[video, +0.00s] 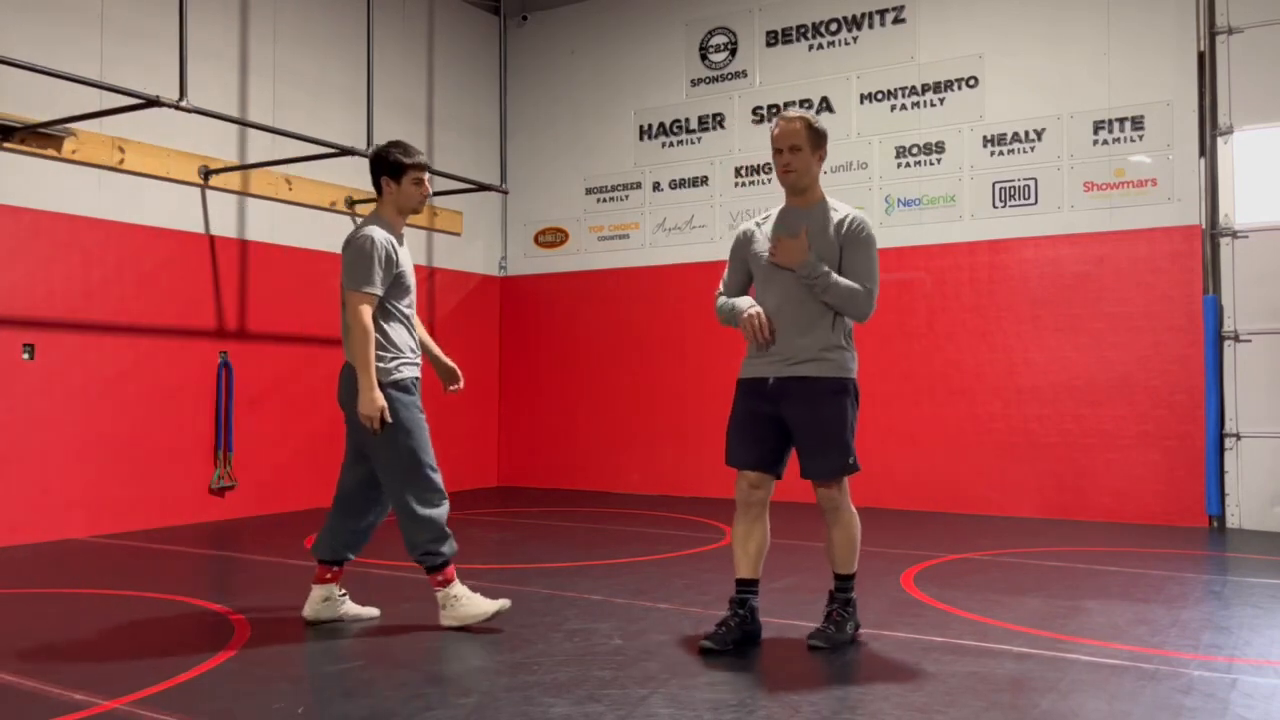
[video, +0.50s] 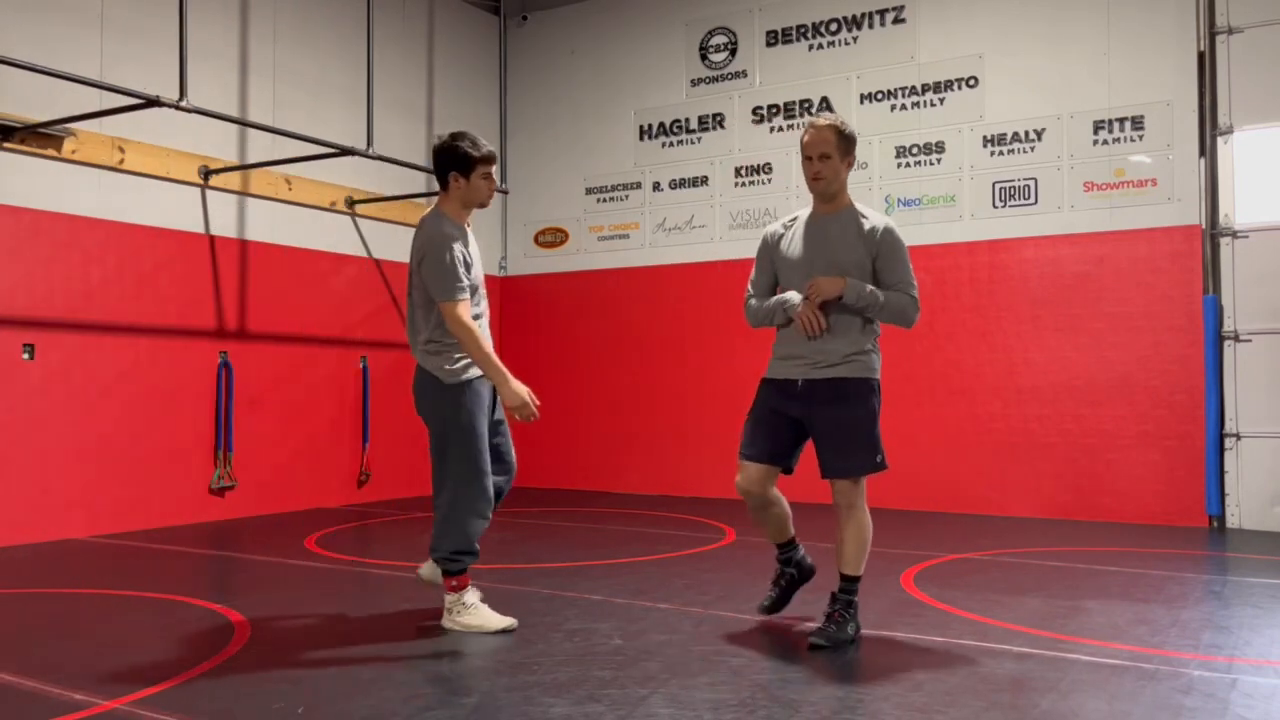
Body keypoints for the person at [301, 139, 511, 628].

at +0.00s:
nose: (427, 190)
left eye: (427, 182)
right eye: (418, 182)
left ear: (404, 188)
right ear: (388, 184)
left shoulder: (393, 241)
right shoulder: (369, 241)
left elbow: (405, 315)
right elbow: (357, 315)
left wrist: (439, 358)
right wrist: (367, 385)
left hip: (385, 381)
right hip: (385, 383)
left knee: (363, 486)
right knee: (420, 484)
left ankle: (324, 591)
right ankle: (450, 594)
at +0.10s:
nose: (441, 189)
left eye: (441, 181)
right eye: (432, 181)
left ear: (413, 187)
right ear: (403, 185)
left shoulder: (407, 240)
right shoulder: (388, 242)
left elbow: (410, 317)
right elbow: (381, 319)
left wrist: (439, 364)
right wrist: (393, 392)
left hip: (400, 381)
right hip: (406, 384)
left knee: (376, 488)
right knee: (434, 489)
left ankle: (328, 588)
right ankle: (456, 598)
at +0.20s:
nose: (456, 184)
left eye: (455, 175)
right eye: (447, 176)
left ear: (424, 182)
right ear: (416, 181)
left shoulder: (417, 233)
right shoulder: (409, 238)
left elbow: (412, 318)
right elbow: (408, 319)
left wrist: (429, 381)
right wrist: (422, 390)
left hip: (415, 377)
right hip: (423, 380)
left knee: (401, 483)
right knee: (445, 488)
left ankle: (340, 576)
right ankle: (456, 597)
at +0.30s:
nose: (471, 183)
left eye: (469, 174)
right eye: (461, 175)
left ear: (438, 181)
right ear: (430, 181)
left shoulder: (429, 230)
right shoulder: (425, 238)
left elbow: (432, 317)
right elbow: (431, 320)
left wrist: (454, 382)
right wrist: (456, 391)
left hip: (436, 380)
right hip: (433, 383)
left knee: (437, 478)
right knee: (455, 489)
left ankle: (365, 560)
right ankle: (456, 598)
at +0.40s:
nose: (484, 184)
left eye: (483, 175)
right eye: (475, 176)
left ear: (452, 181)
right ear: (445, 181)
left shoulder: (447, 230)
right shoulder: (433, 238)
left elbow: (454, 319)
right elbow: (449, 324)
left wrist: (477, 382)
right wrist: (487, 388)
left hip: (458, 378)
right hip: (440, 382)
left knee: (481, 473)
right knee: (460, 483)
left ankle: (402, 548)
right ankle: (457, 598)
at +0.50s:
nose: (496, 184)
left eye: (495, 175)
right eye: (488, 176)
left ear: (458, 182)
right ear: (456, 180)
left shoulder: (456, 228)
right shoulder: (443, 238)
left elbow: (457, 315)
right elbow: (458, 321)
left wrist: (480, 370)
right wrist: (506, 383)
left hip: (472, 376)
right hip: (453, 380)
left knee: (499, 471)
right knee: (464, 481)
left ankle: (445, 557)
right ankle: (458, 596)